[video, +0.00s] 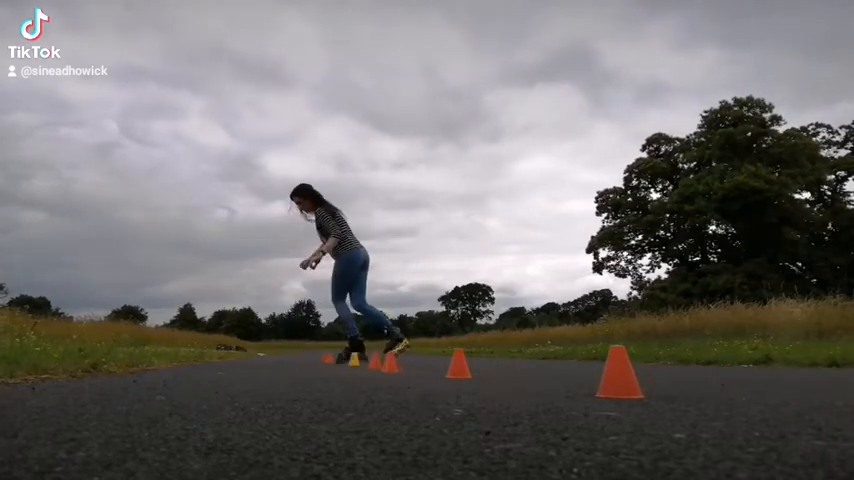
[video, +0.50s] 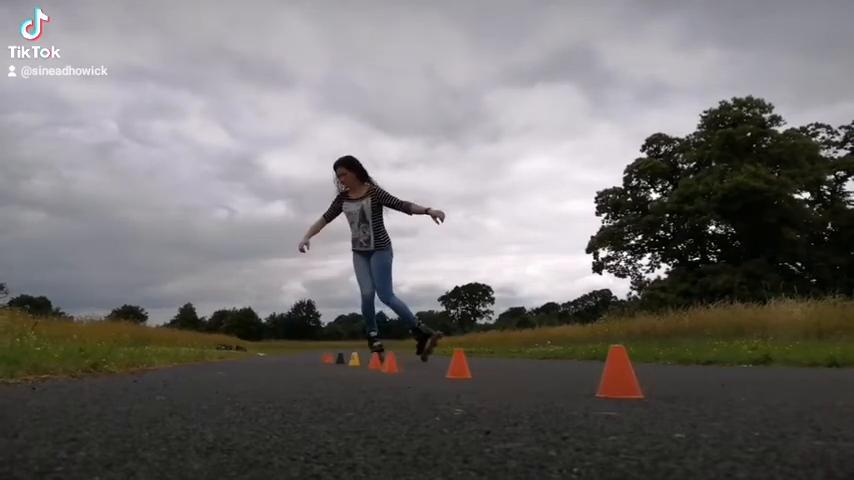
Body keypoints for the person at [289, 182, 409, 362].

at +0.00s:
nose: (299, 208)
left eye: (300, 203)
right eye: (297, 204)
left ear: (309, 198)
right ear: (313, 198)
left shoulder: (322, 213)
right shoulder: (329, 210)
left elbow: (335, 235)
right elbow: (327, 241)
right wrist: (311, 258)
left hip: (348, 257)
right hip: (360, 254)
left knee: (338, 300)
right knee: (359, 303)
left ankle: (355, 342)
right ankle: (395, 335)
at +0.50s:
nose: (341, 180)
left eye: (343, 175)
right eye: (339, 177)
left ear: (356, 172)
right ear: (338, 178)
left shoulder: (373, 192)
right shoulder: (343, 198)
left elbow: (400, 205)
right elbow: (325, 218)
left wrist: (428, 211)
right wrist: (307, 235)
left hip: (380, 250)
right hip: (359, 252)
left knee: (385, 295)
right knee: (367, 293)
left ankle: (419, 331)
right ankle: (372, 336)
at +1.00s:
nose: (324, 164)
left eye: (326, 159)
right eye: (321, 160)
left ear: (339, 157)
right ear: (323, 162)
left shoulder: (358, 180)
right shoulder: (326, 184)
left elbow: (383, 200)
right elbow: (319, 210)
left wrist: (409, 212)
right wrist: (299, 231)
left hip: (352, 242)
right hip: (328, 243)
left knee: (344, 293)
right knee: (332, 287)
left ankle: (352, 338)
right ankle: (332, 337)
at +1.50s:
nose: (279, 164)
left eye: (279, 159)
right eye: (277, 160)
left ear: (287, 154)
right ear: (296, 151)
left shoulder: (298, 170)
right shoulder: (318, 170)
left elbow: (293, 206)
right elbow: (340, 206)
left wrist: (275, 232)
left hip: (314, 231)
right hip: (325, 232)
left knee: (280, 276)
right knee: (286, 280)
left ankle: (274, 334)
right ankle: (283, 334)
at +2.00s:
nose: (296, 172)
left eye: (296, 168)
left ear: (299, 165)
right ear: (323, 156)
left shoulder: (300, 181)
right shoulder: (341, 167)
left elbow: (292, 222)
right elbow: (371, 180)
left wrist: (277, 248)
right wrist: (399, 203)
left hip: (326, 231)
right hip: (356, 230)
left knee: (317, 286)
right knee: (334, 288)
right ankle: (337, 336)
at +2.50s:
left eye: (343, 148)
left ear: (346, 145)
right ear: (373, 138)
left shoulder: (345, 161)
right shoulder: (389, 150)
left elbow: (341, 203)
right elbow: (427, 171)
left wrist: (331, 239)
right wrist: (453, 200)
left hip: (369, 220)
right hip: (402, 213)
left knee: (397, 281)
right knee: (416, 272)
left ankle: (426, 333)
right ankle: (426, 335)